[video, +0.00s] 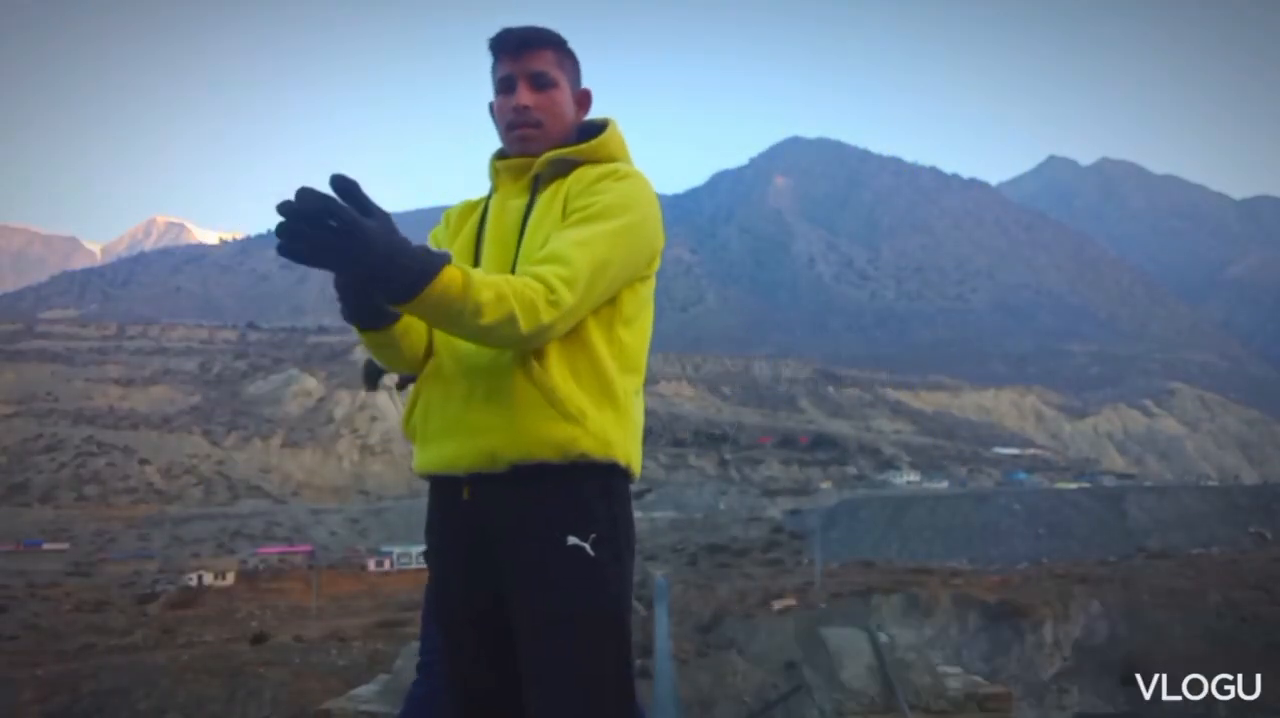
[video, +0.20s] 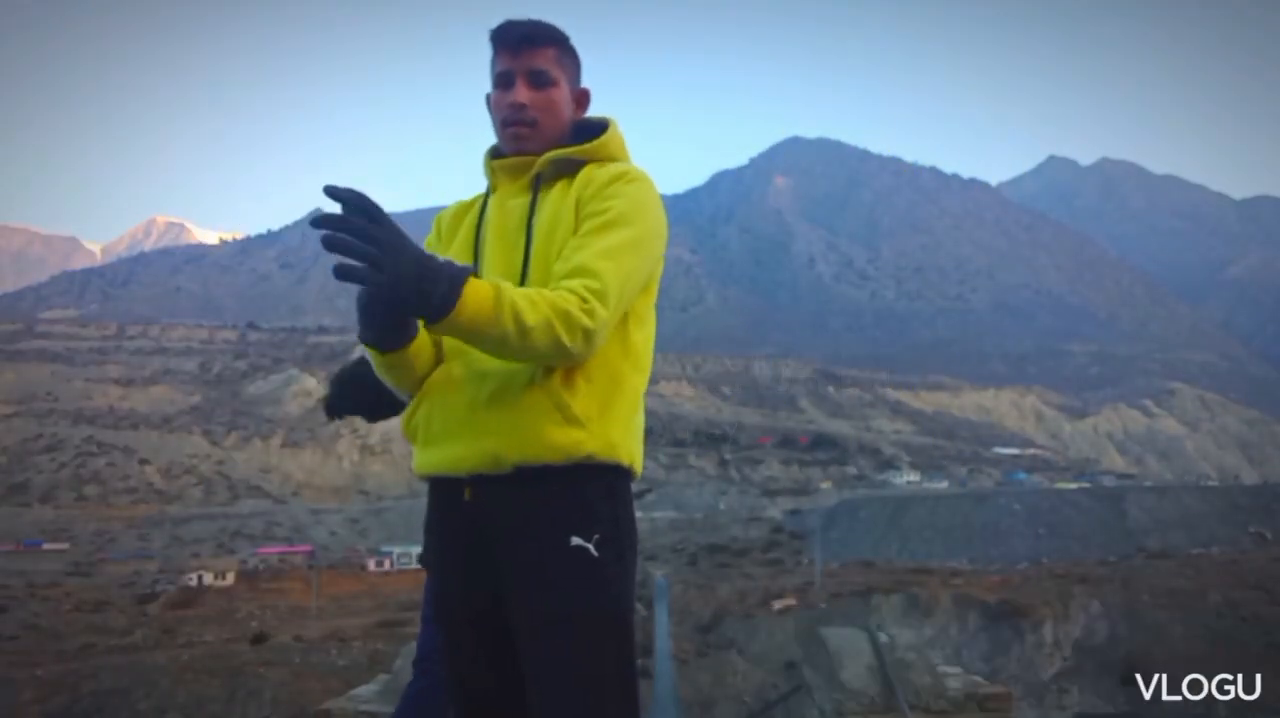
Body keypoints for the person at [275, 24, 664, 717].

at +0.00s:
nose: (520, 100)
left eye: (541, 83)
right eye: (505, 86)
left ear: (581, 100)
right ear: (492, 106)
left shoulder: (618, 196)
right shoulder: (458, 222)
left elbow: (530, 312)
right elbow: (412, 354)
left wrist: (399, 264)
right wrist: (364, 283)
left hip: (567, 498)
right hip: (460, 500)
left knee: (578, 698)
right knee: (465, 697)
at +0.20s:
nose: (516, 97)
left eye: (538, 81)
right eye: (503, 82)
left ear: (579, 101)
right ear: (487, 100)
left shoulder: (620, 192)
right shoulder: (453, 223)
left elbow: (571, 325)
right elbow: (420, 379)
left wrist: (431, 283)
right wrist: (388, 322)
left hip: (569, 501)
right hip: (459, 503)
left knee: (578, 699)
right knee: (469, 697)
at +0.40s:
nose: (504, 97)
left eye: (527, 82)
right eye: (492, 82)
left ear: (568, 100)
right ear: (479, 99)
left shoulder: (621, 194)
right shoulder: (449, 225)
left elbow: (586, 323)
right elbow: (404, 380)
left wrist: (452, 284)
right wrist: (413, 302)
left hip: (571, 504)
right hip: (459, 507)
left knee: (581, 700)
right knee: (477, 700)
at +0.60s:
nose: (492, 95)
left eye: (516, 78)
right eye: (482, 80)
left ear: (562, 100)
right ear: (469, 99)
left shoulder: (620, 193)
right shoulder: (463, 220)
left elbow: (621, 335)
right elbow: (389, 372)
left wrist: (513, 275)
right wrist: (422, 308)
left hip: (571, 496)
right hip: (458, 501)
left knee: (581, 697)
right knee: (474, 695)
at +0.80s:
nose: (489, 93)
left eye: (511, 76)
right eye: (477, 80)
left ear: (558, 93)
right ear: (466, 99)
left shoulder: (618, 193)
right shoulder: (442, 228)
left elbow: (692, 309)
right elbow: (369, 346)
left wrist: (606, 170)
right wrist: (376, 244)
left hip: (574, 493)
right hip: (457, 496)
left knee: (583, 697)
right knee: (476, 696)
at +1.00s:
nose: (483, 98)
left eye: (504, 78)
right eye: (470, 84)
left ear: (554, 96)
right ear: (460, 106)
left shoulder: (616, 187)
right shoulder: (439, 212)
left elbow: (730, 151)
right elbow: (319, 207)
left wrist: (645, 88)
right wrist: (410, 132)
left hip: (574, 496)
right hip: (457, 500)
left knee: (587, 698)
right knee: (474, 696)